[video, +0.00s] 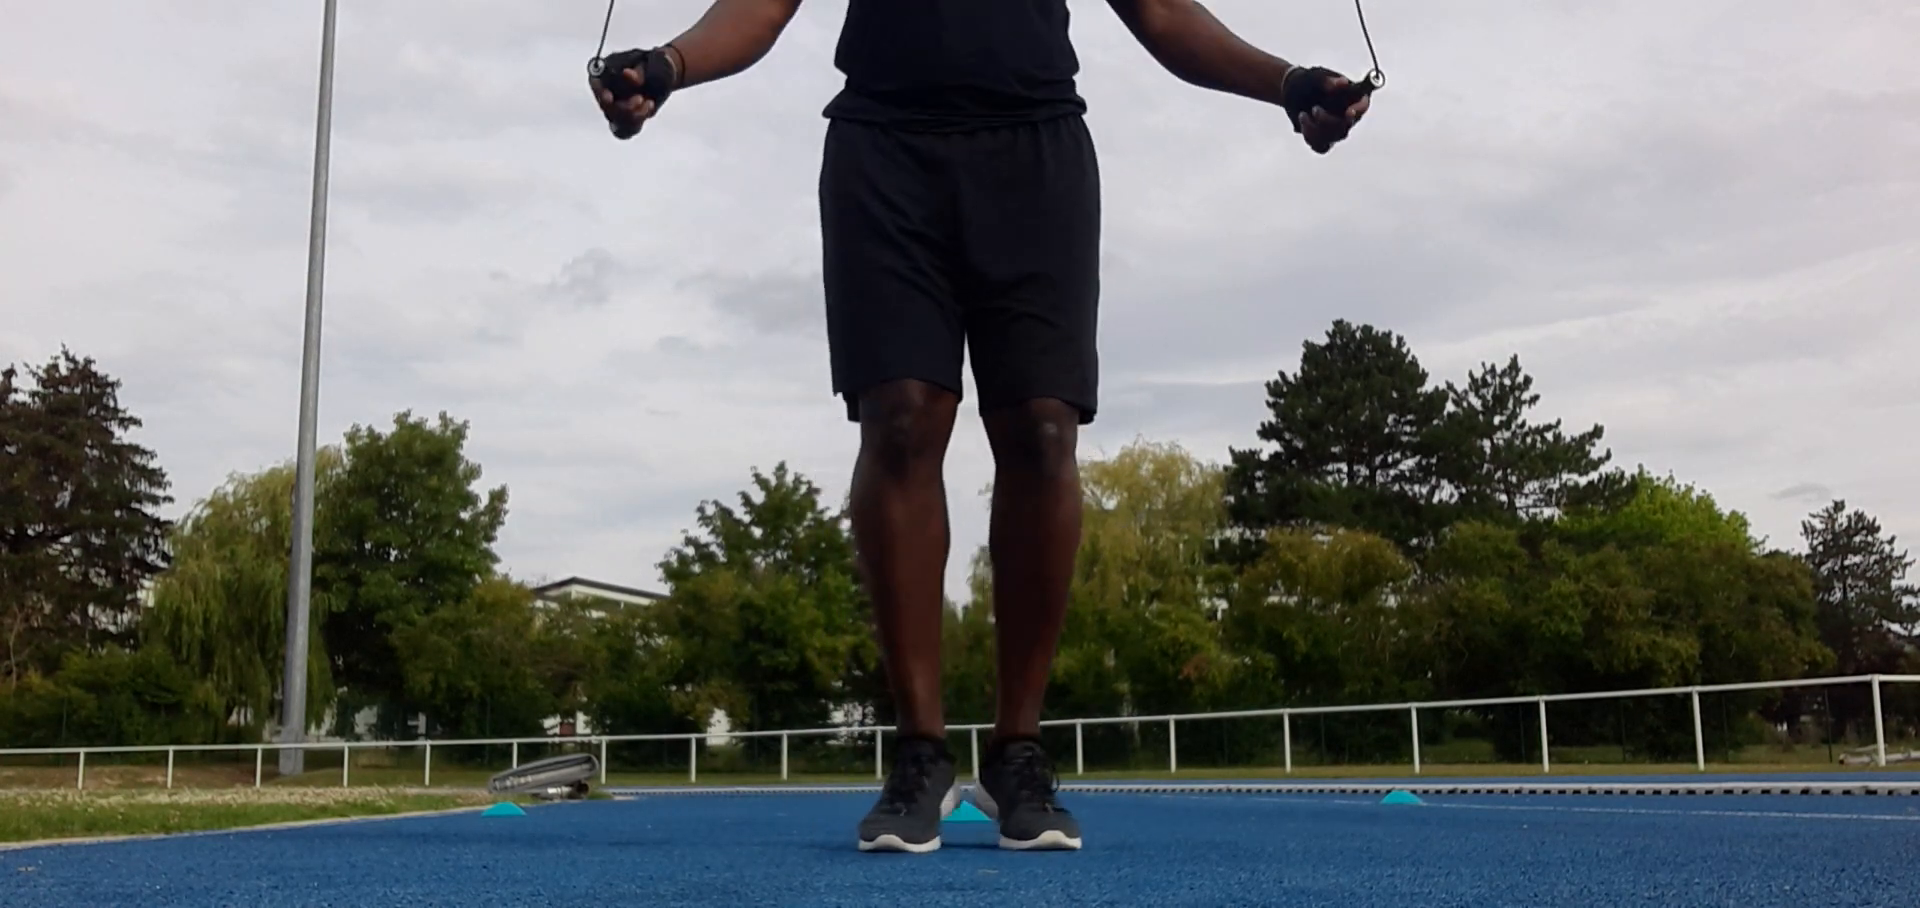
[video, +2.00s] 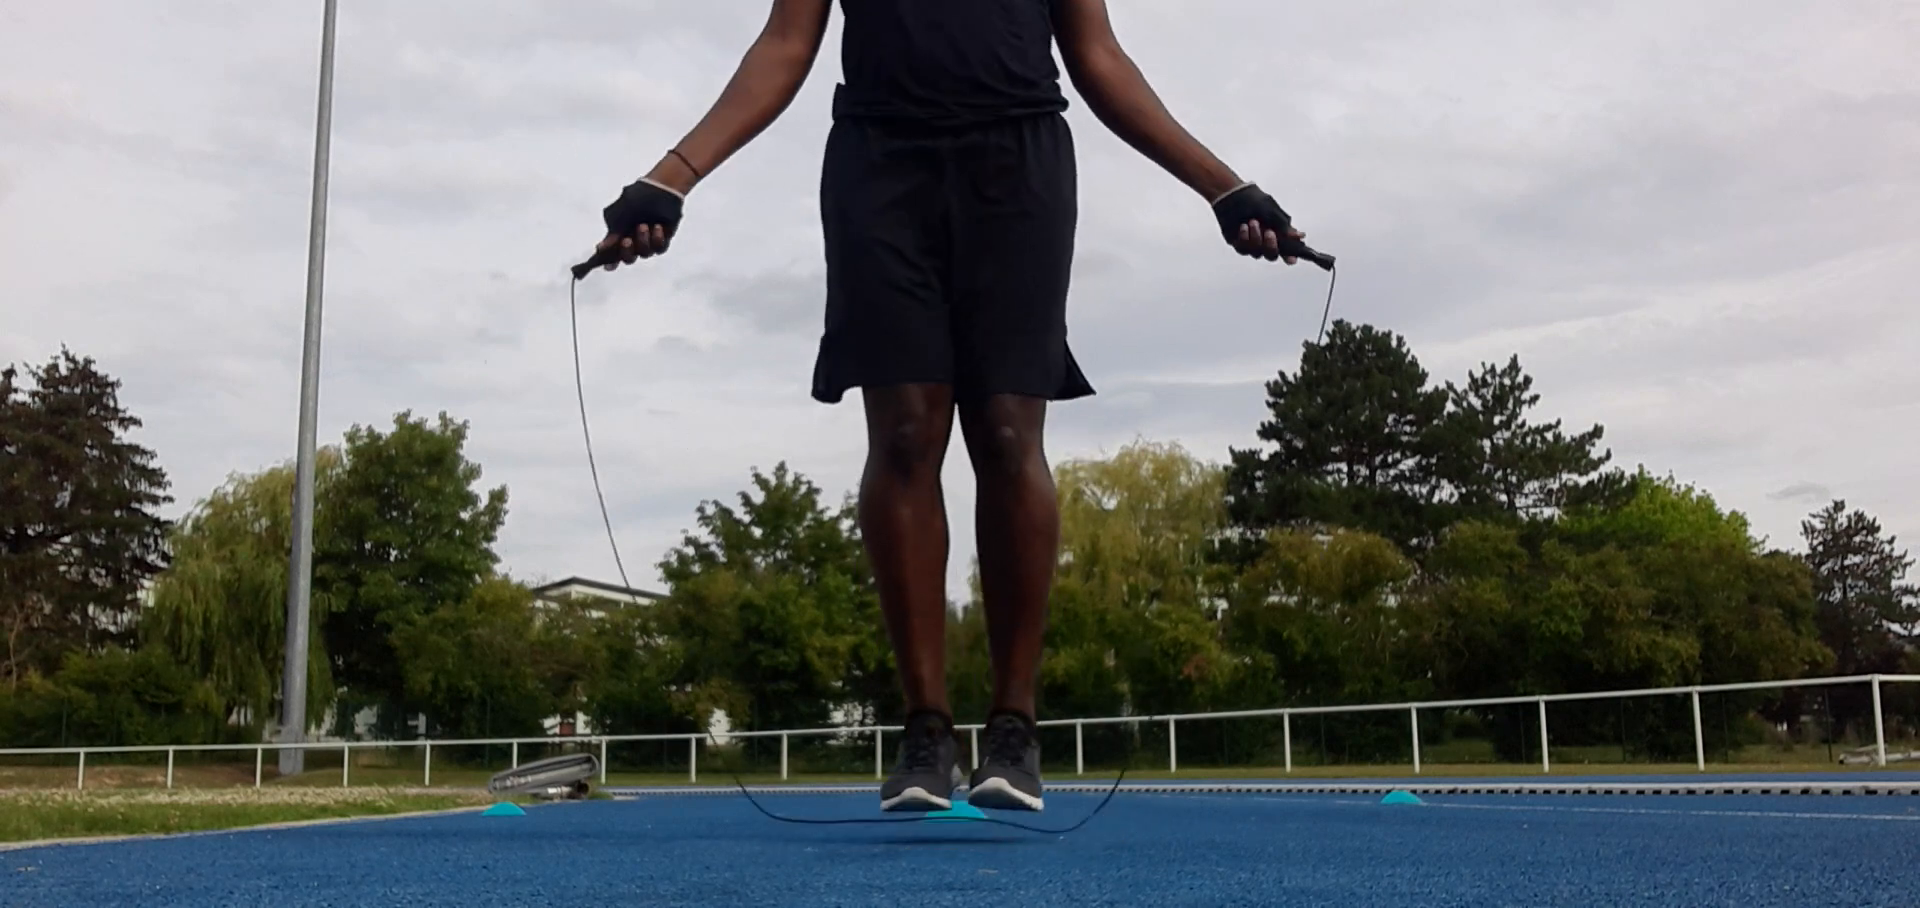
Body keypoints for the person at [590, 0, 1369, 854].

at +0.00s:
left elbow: (1166, 15)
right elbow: (762, 7)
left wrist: (1288, 81)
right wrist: (668, 62)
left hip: (1038, 135)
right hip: (885, 137)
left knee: (1040, 427)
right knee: (904, 417)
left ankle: (1021, 755)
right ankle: (920, 753)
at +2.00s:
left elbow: (1099, 57)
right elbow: (787, 39)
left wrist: (1224, 185)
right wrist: (672, 173)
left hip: (1018, 146)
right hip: (878, 150)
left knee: (1006, 431)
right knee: (904, 427)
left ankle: (1013, 731)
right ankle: (926, 735)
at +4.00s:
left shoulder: (1011, 6)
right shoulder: (802, 7)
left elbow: (1074, 136)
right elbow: (744, 131)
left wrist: (1214, 135)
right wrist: (617, 129)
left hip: (980, 248)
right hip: (849, 248)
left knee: (962, 506)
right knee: (871, 504)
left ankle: (958, 773)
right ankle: (903, 775)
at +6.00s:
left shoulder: (1006, 5)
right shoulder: (801, 4)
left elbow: (1048, 119)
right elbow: (767, 97)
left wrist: (1166, 229)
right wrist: (667, 218)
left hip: (974, 216)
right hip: (847, 218)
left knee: (959, 467)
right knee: (865, 465)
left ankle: (959, 737)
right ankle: (883, 739)